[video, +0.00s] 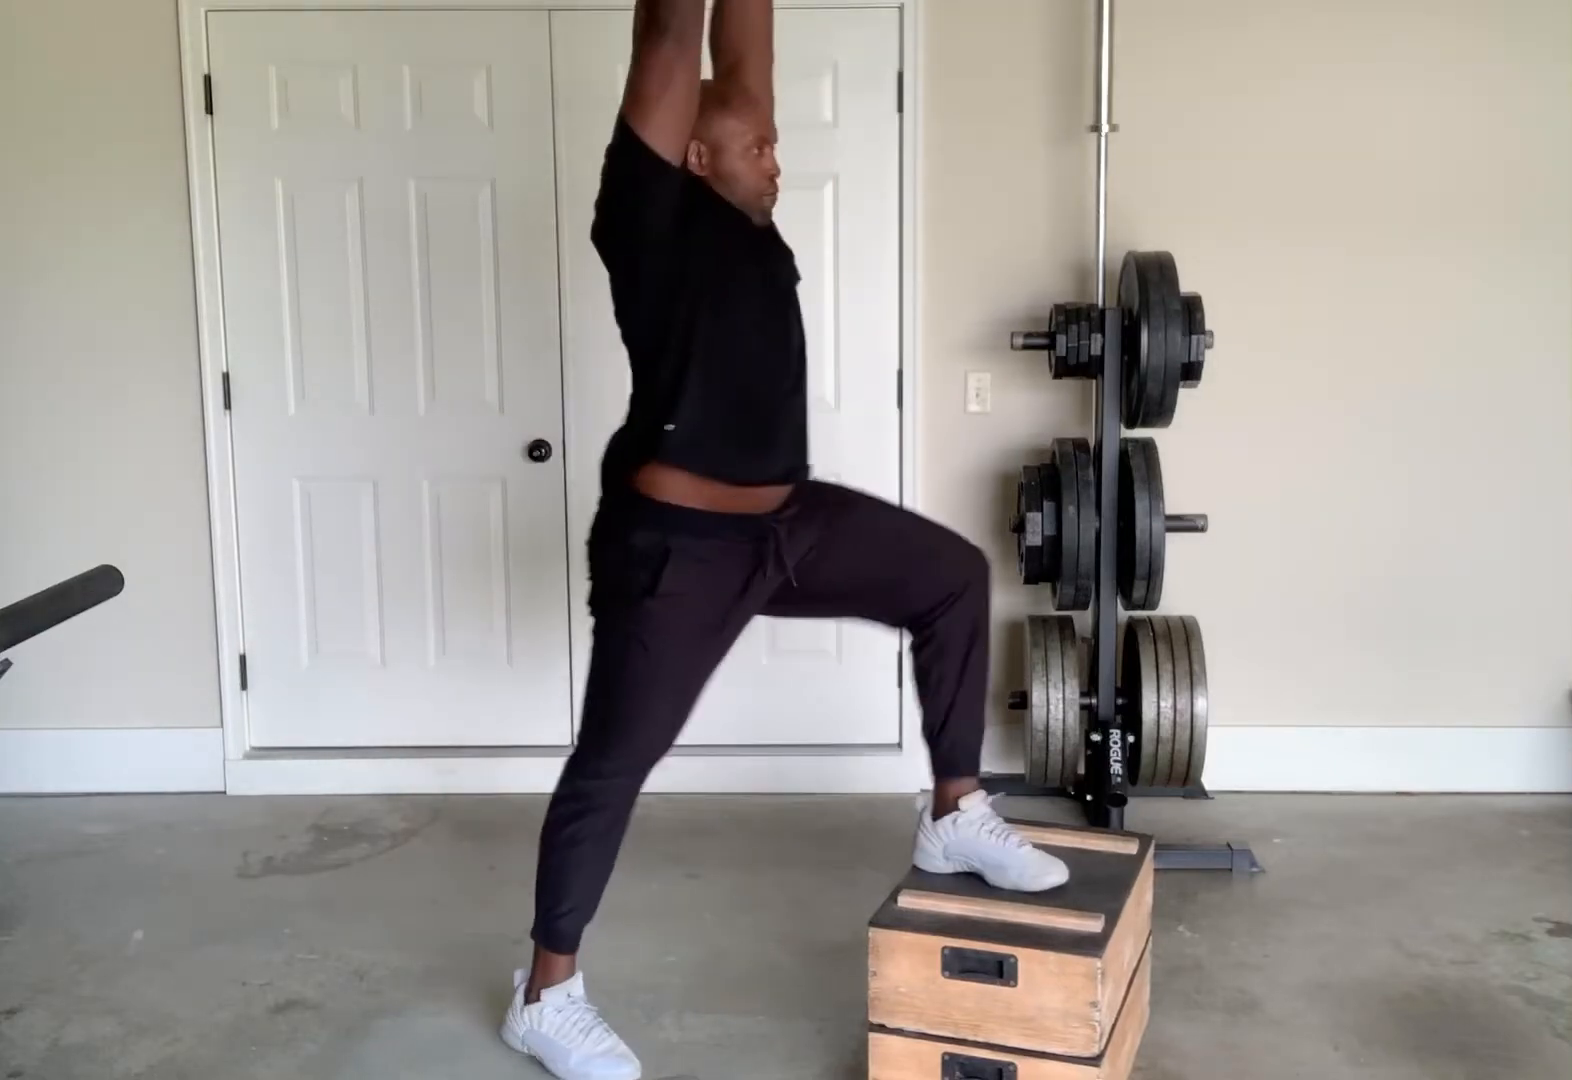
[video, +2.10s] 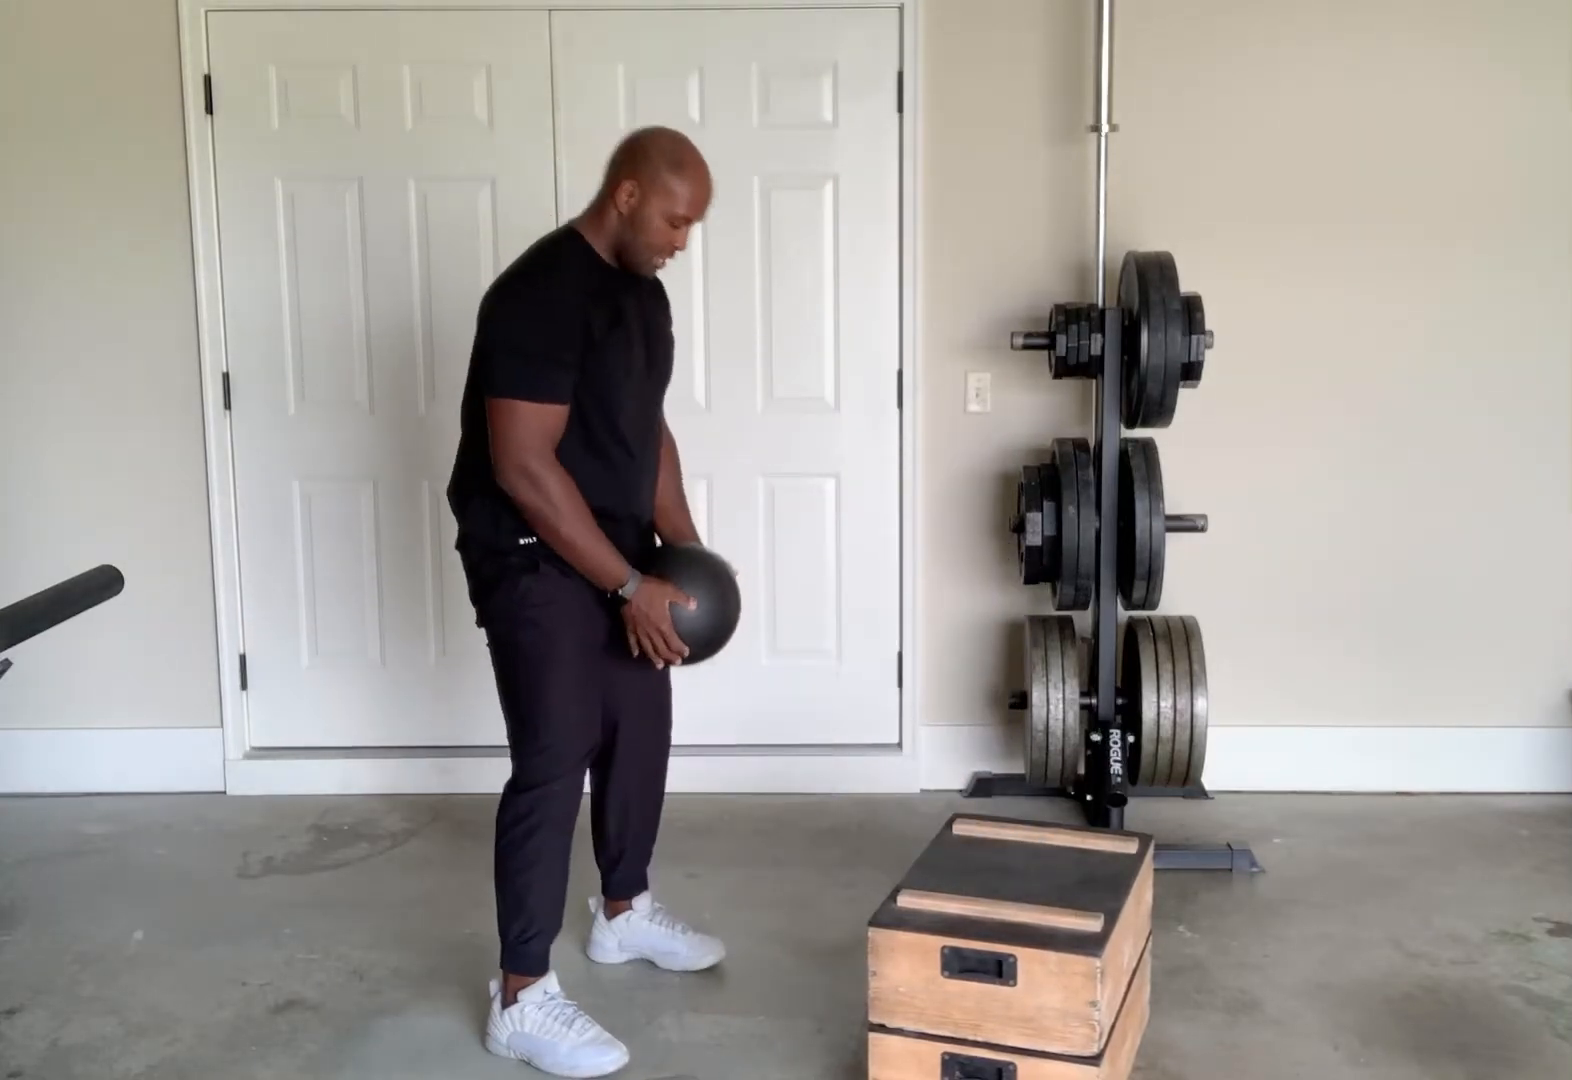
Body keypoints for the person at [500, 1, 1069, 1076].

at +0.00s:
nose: (774, 158)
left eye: (772, 140)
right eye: (754, 141)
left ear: (752, 150)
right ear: (697, 147)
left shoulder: (749, 227)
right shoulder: (646, 212)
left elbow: (747, 72)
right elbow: (665, 35)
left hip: (789, 515)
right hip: (673, 537)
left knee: (953, 577)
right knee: (611, 766)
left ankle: (957, 814)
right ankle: (548, 991)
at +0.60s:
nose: (682, 152)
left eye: (681, 136)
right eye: (661, 132)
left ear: (683, 146)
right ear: (618, 143)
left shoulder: (706, 227)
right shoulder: (579, 242)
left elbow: (797, 166)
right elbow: (670, 117)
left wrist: (779, 24)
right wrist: (714, 1)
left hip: (775, 508)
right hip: (660, 539)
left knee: (946, 580)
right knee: (621, 764)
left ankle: (956, 812)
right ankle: (557, 985)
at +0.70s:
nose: (650, 154)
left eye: (647, 140)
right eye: (627, 139)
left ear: (647, 155)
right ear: (570, 165)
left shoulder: (671, 250)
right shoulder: (541, 260)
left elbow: (786, 267)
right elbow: (662, 243)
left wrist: (766, 145)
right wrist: (718, 121)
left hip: (742, 517)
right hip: (631, 549)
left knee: (916, 578)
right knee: (599, 770)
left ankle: (951, 810)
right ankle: (550, 991)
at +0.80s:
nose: (623, 167)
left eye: (620, 150)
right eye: (601, 151)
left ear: (598, 169)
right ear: (540, 169)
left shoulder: (626, 270)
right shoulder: (514, 285)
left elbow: (728, 377)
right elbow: (612, 385)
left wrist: (736, 267)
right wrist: (700, 268)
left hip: (709, 526)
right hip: (601, 570)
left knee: (886, 568)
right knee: (576, 779)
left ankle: (937, 804)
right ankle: (542, 996)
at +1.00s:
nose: (599, 183)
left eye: (599, 165)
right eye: (581, 165)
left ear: (553, 172)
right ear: (517, 171)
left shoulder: (587, 268)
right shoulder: (473, 299)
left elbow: (604, 403)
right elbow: (497, 467)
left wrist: (691, 410)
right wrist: (658, 420)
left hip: (672, 524)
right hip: (574, 574)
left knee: (839, 595)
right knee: (568, 776)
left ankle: (761, 795)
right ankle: (541, 994)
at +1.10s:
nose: (595, 189)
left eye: (596, 172)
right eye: (580, 171)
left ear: (537, 171)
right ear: (518, 170)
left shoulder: (588, 276)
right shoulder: (465, 299)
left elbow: (622, 404)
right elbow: (489, 469)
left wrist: (703, 441)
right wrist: (654, 462)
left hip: (663, 535)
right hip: (561, 570)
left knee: (787, 670)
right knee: (559, 771)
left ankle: (698, 833)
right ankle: (540, 996)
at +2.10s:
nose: (683, 243)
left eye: (692, 226)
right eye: (675, 223)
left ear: (656, 207)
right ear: (624, 197)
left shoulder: (644, 292)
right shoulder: (541, 292)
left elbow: (644, 434)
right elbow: (521, 464)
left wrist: (683, 556)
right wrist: (625, 585)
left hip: (616, 557)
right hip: (535, 562)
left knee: (639, 728)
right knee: (552, 760)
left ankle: (624, 913)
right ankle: (522, 993)